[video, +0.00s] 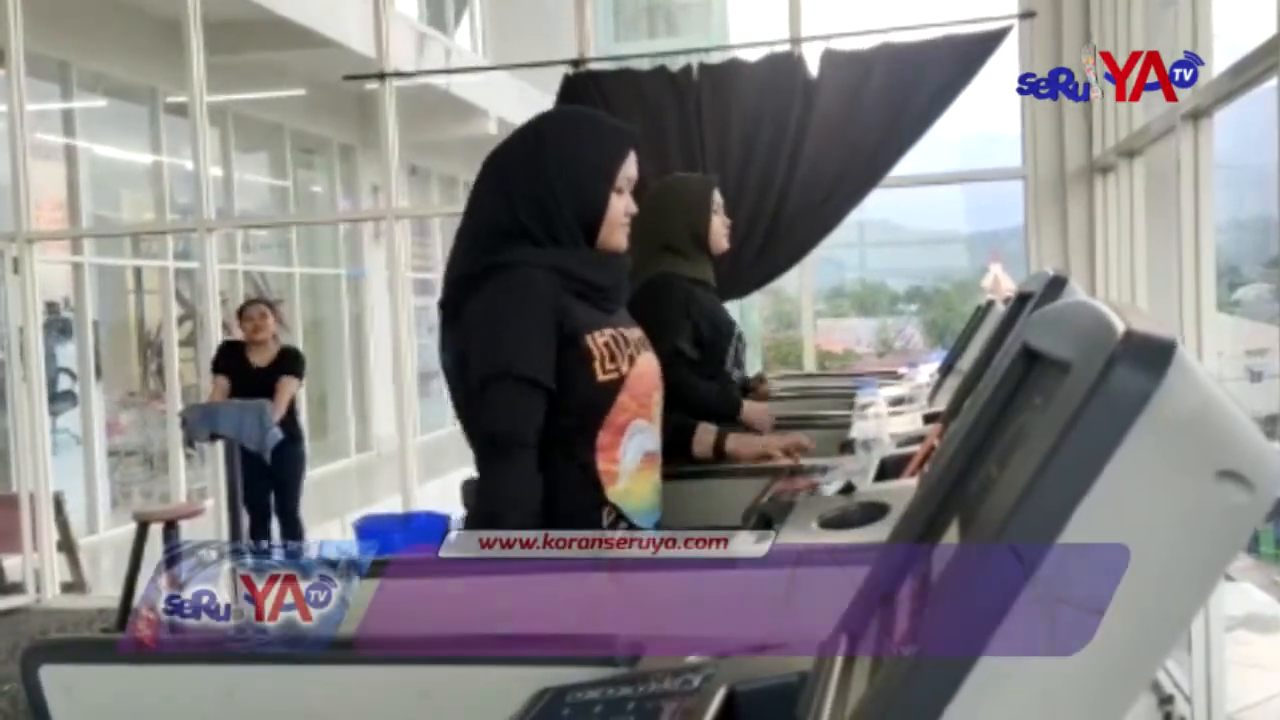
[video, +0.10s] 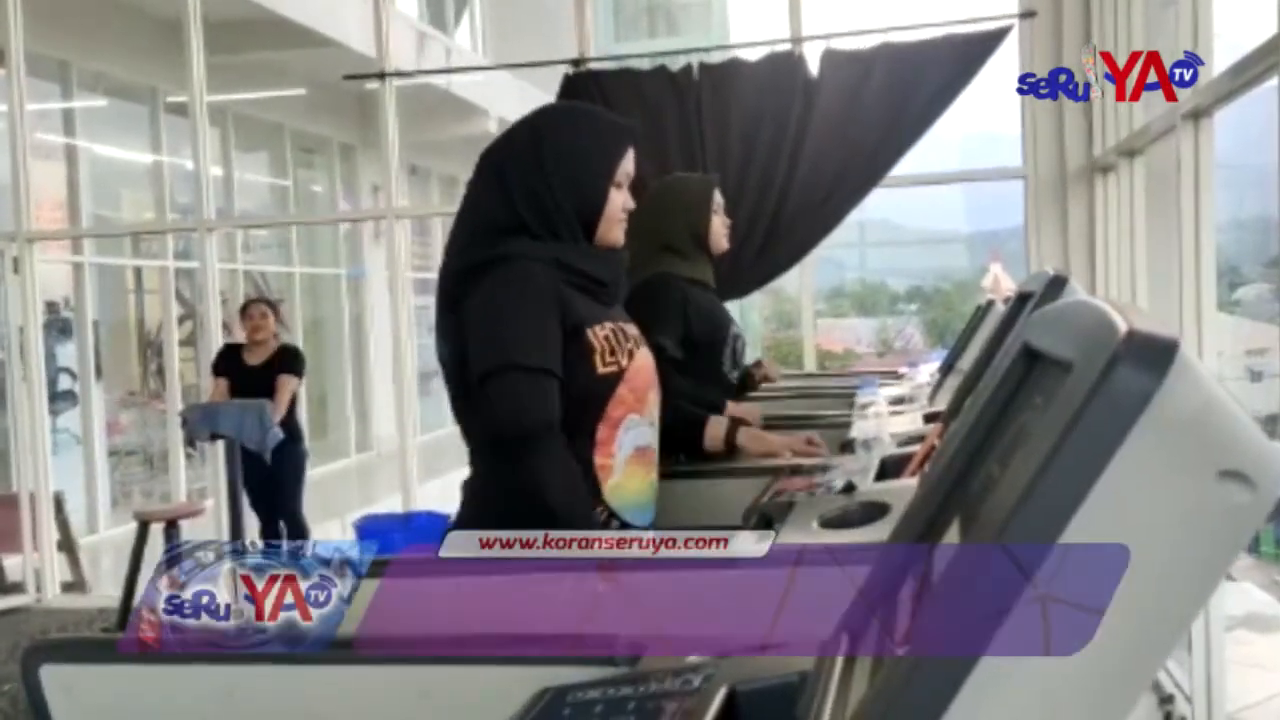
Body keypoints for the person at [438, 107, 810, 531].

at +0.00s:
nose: (634, 207)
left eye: (632, 192)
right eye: (621, 191)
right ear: (571, 188)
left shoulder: (587, 287)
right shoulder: (518, 294)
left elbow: (618, 421)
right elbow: (508, 458)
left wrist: (729, 443)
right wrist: (513, 581)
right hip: (562, 550)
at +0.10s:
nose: (630, 202)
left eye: (629, 186)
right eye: (618, 186)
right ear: (567, 183)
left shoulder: (580, 278)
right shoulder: (517, 284)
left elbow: (622, 406)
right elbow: (524, 449)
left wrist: (740, 438)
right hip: (532, 550)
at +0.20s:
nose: (631, 207)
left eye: (628, 191)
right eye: (619, 190)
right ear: (573, 187)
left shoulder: (585, 283)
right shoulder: (527, 286)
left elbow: (630, 408)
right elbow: (547, 434)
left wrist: (741, 435)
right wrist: (645, 518)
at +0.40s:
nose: (637, 205)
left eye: (635, 190)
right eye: (623, 189)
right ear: (574, 190)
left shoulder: (598, 290)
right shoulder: (533, 294)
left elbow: (639, 417)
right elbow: (548, 447)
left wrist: (749, 440)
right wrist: (643, 530)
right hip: (561, 555)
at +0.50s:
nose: (642, 192)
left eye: (640, 177)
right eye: (629, 175)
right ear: (579, 174)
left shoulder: (603, 276)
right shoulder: (527, 283)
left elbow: (644, 403)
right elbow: (525, 447)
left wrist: (752, 434)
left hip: (632, 527)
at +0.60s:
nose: (643, 192)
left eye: (641, 176)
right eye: (629, 175)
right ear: (578, 174)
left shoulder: (609, 275)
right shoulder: (524, 281)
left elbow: (642, 399)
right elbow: (505, 441)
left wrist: (751, 431)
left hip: (627, 528)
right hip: (559, 540)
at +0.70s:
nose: (645, 202)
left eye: (643, 186)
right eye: (630, 186)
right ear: (579, 185)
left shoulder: (608, 291)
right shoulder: (522, 299)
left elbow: (636, 408)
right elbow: (484, 453)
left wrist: (745, 433)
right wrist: (456, 569)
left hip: (619, 541)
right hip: (548, 553)